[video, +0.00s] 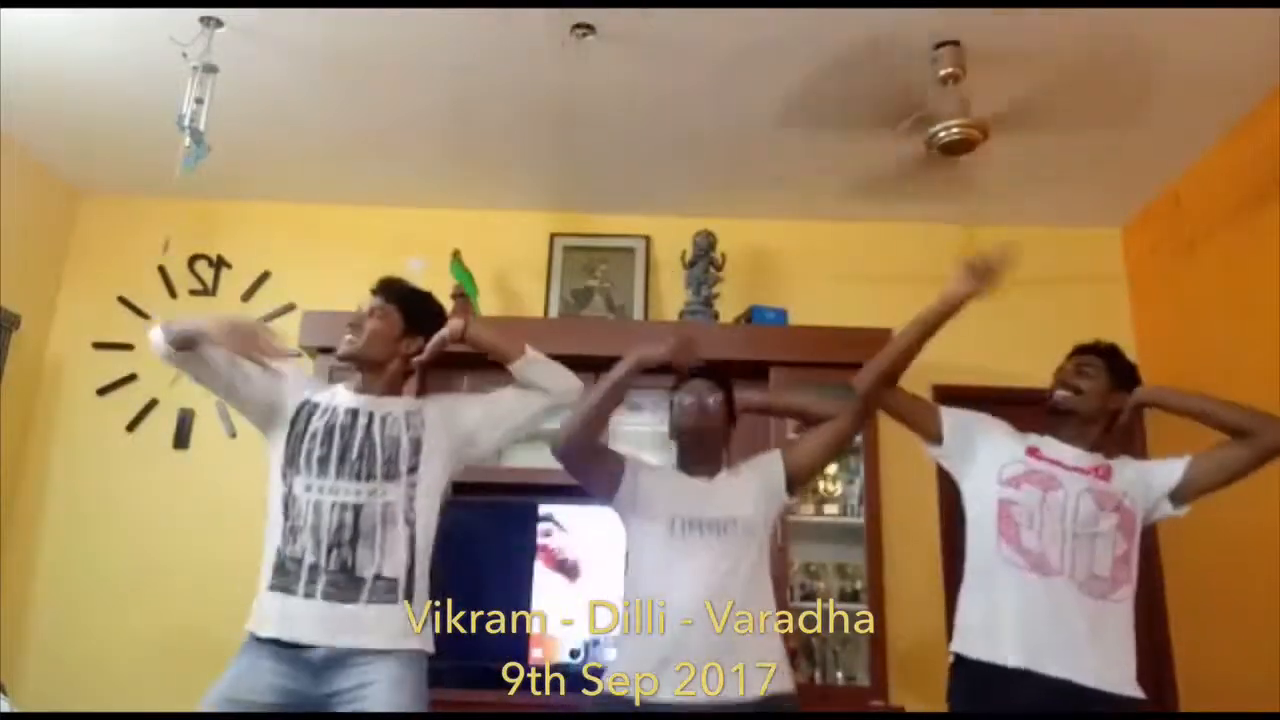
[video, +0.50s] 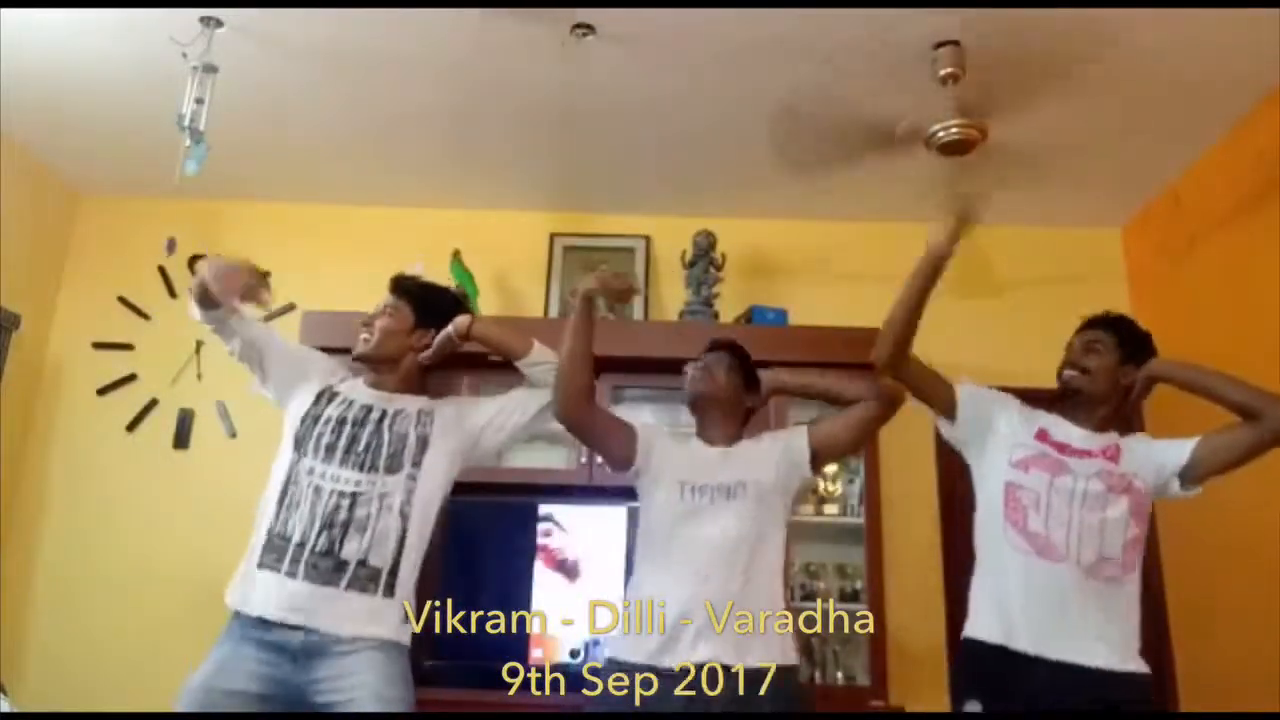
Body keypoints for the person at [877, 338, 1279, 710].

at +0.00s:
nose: (1063, 380)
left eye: (1085, 375)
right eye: (1061, 372)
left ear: (1119, 402)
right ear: (1050, 388)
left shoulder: (1139, 482)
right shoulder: (988, 442)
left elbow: (1268, 436)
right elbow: (873, 383)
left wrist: (1153, 395)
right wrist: (950, 300)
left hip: (1096, 692)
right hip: (989, 680)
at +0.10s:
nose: (1066, 375)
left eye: (1085, 371)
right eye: (1064, 366)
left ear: (1118, 397)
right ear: (1051, 380)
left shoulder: (1137, 474)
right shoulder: (988, 436)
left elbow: (1266, 433)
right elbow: (874, 390)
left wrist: (1154, 390)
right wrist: (937, 308)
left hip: (1100, 680)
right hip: (995, 667)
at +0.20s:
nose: (1067, 377)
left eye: (1086, 372)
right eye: (1062, 370)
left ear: (1119, 400)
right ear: (1051, 385)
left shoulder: (1137, 478)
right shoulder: (991, 438)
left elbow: (1267, 434)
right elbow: (894, 357)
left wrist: (1156, 389)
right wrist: (891, 254)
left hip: (1107, 690)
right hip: (1000, 674)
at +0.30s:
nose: (1066, 374)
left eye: (1086, 369)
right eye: (1063, 366)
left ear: (1118, 397)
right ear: (1053, 383)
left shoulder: (1138, 477)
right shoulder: (995, 436)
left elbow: (1266, 430)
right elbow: (908, 337)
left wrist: (1153, 388)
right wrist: (894, 221)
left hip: (1107, 693)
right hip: (997, 680)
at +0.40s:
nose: (1067, 362)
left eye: (1087, 357)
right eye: (1065, 354)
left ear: (1121, 385)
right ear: (1054, 370)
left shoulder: (1140, 464)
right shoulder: (993, 423)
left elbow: (1268, 419)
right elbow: (899, 334)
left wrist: (1158, 376)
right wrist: (920, 213)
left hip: (1101, 681)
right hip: (994, 669)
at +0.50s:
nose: (1073, 357)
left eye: (1093, 350)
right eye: (1070, 348)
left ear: (1129, 374)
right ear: (1061, 364)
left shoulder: (1145, 460)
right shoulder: (1001, 421)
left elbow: (1270, 423)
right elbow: (890, 357)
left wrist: (1168, 370)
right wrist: (934, 257)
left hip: (1106, 677)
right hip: (998, 664)